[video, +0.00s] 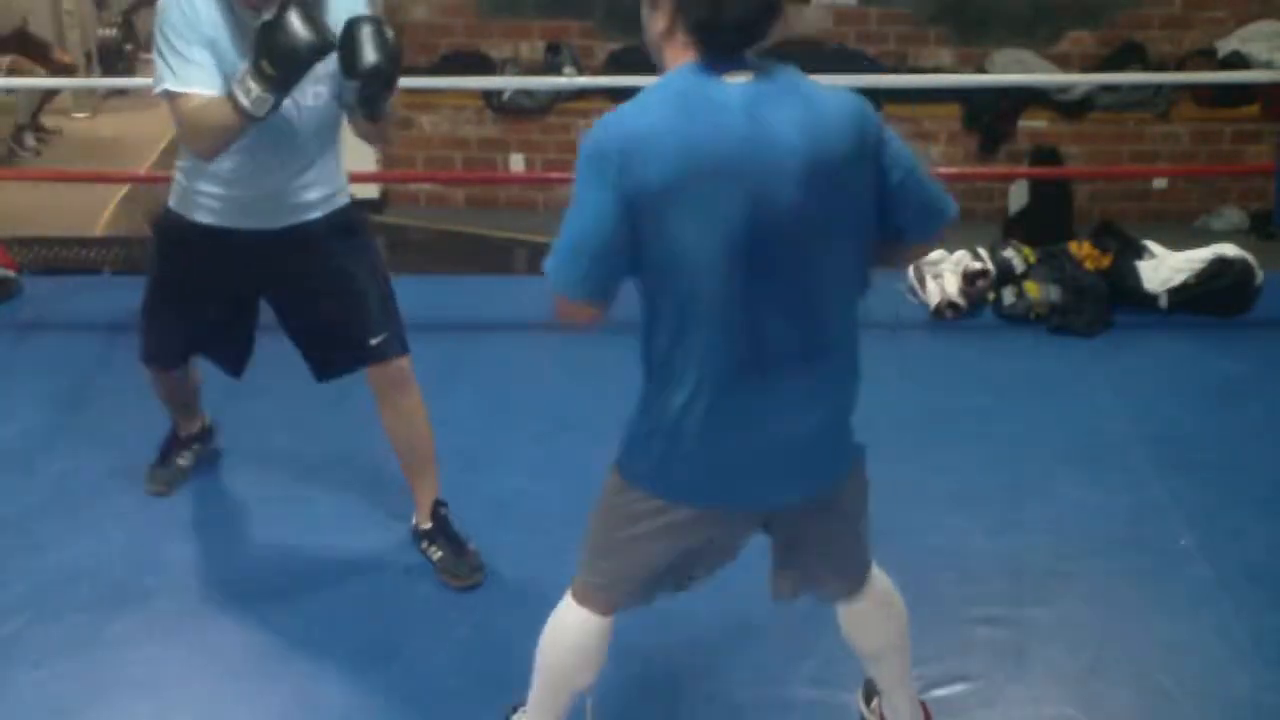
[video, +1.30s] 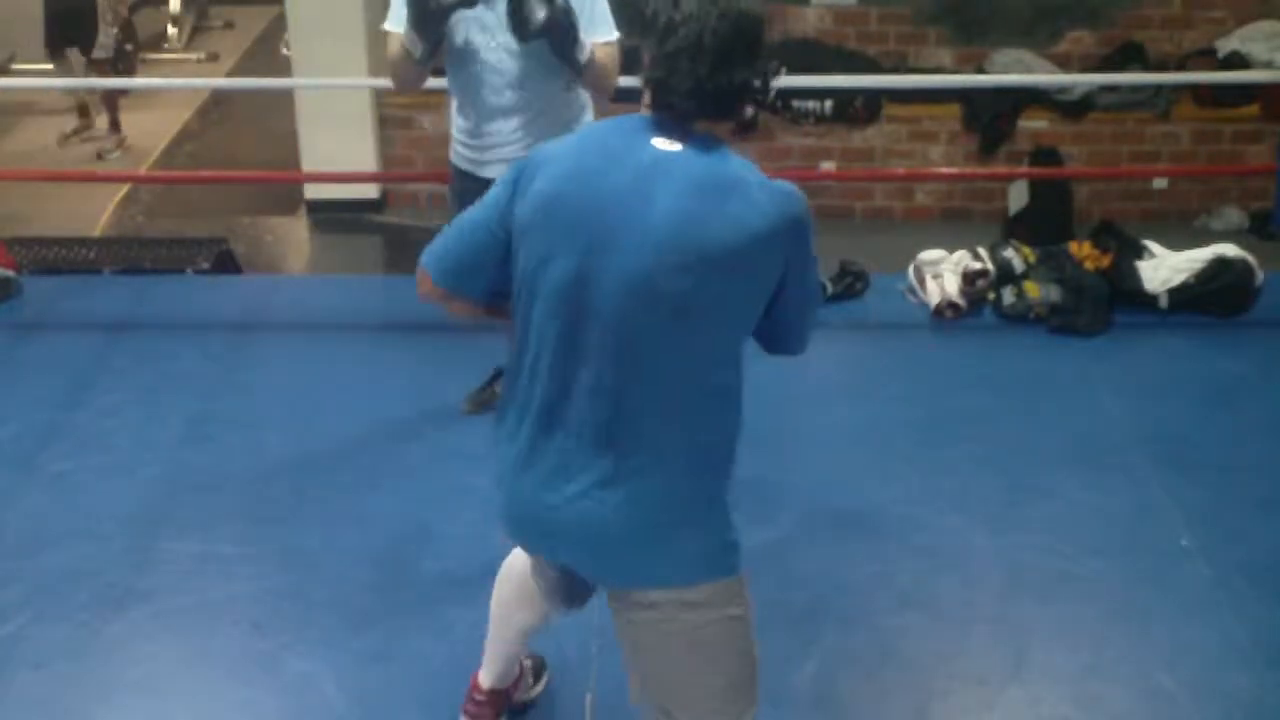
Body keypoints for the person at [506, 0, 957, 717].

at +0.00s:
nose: (646, 15)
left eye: (649, 5)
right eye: (649, 4)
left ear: (668, 16)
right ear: (760, 21)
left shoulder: (624, 139)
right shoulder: (841, 117)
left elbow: (577, 304)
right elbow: (923, 225)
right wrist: (823, 249)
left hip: (685, 446)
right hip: (815, 434)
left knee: (591, 603)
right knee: (855, 584)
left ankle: (538, 715)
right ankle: (903, 710)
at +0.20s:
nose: (579, 34)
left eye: (583, 25)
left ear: (594, 35)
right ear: (700, 35)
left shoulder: (542, 144)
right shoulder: (763, 123)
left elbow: (474, 304)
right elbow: (850, 254)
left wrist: (552, 295)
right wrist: (749, 250)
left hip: (611, 446)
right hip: (753, 437)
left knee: (562, 610)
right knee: (830, 603)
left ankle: (531, 713)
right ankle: (869, 713)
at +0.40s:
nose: (588, 28)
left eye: (592, 20)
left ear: (603, 31)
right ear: (709, 34)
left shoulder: (541, 147)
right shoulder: (770, 140)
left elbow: (451, 296)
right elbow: (776, 263)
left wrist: (536, 314)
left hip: (591, 474)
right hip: (735, 481)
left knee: (557, 627)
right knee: (773, 690)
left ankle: (526, 712)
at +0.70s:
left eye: (612, 46)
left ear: (619, 63)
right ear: (724, 70)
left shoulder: (535, 173)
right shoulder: (770, 186)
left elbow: (450, 322)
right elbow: (760, 310)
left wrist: (533, 334)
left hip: (561, 488)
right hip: (700, 511)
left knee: (534, 589)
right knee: (729, 707)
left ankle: (498, 706)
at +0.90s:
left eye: (603, 36)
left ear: (612, 58)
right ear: (713, 68)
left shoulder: (530, 156)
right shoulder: (752, 185)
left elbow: (438, 293)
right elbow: (749, 310)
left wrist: (500, 310)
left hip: (530, 473)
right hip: (658, 499)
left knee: (521, 589)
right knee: (730, 702)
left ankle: (499, 706)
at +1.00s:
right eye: (747, 70)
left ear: (635, 67)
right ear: (738, 85)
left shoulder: (543, 159)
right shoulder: (762, 196)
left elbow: (444, 294)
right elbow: (759, 329)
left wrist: (504, 323)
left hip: (531, 478)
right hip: (659, 511)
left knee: (520, 597)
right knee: (726, 705)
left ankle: (497, 705)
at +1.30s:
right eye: (760, 77)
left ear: (645, 72)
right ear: (750, 92)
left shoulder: (556, 164)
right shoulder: (771, 210)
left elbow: (440, 277)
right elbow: (787, 333)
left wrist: (539, 303)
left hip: (538, 492)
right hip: (668, 525)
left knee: (544, 562)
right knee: (711, 705)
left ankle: (493, 684)